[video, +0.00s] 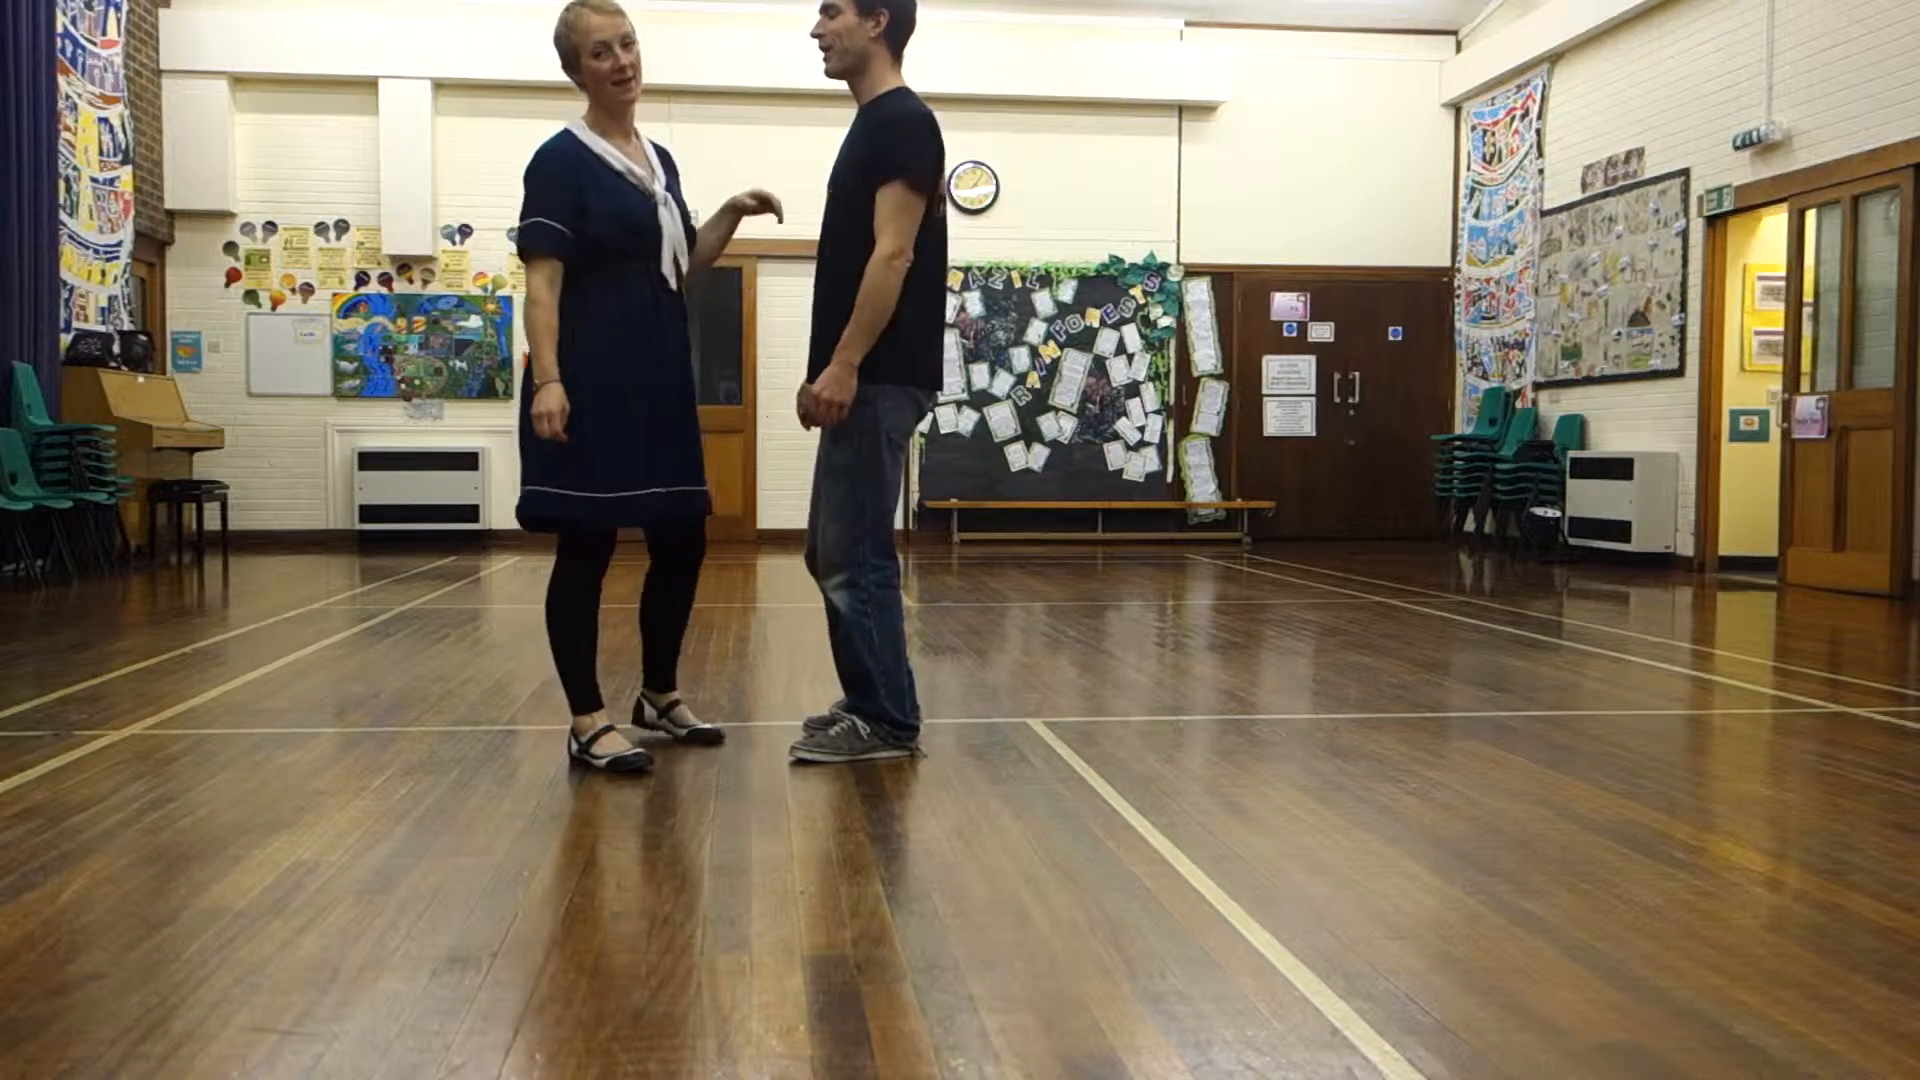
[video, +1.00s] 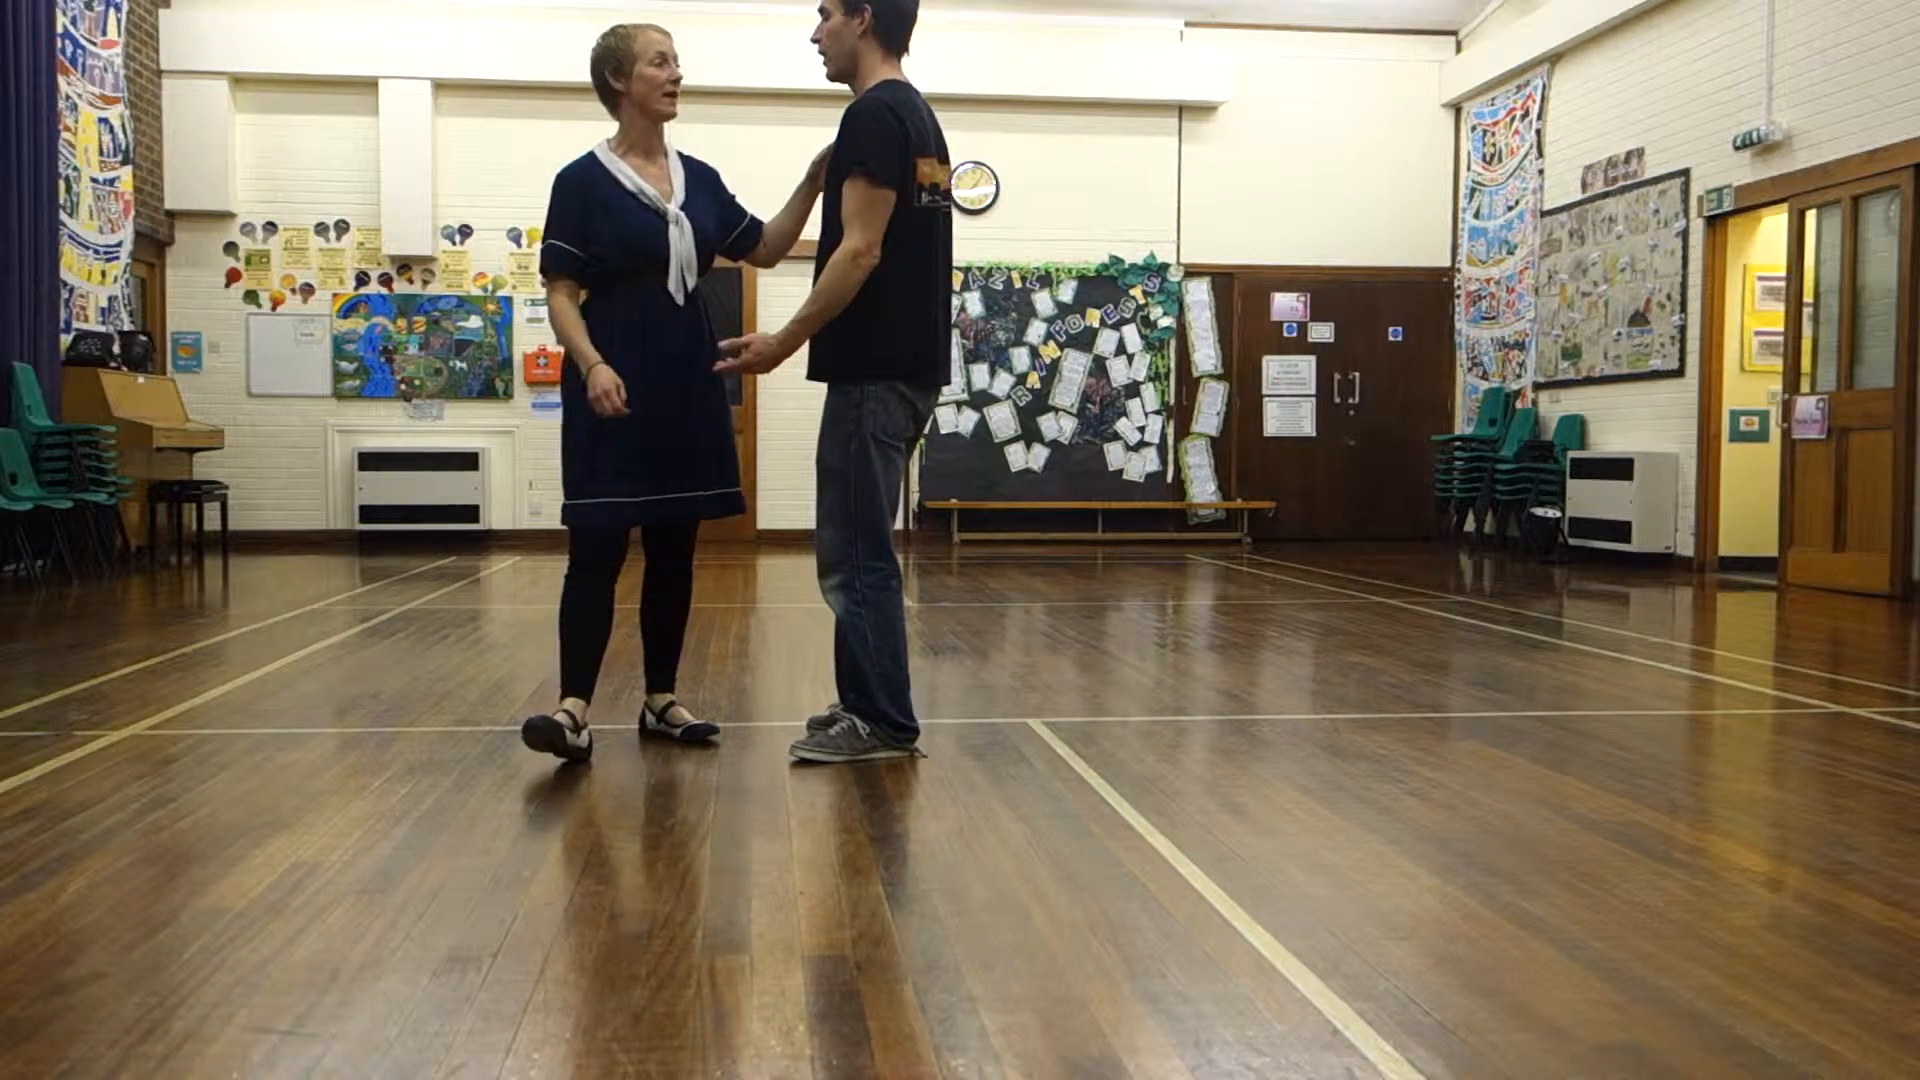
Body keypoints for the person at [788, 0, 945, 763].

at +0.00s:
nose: (818, 28)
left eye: (834, 13)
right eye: (820, 15)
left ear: (880, 23)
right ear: (869, 28)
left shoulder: (902, 120)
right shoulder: (874, 123)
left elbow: (894, 254)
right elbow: (856, 259)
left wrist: (843, 366)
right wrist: (826, 373)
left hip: (884, 375)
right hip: (864, 374)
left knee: (854, 552)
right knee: (833, 549)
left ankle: (887, 719)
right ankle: (870, 706)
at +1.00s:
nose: (816, 33)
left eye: (825, 18)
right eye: (819, 18)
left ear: (861, 22)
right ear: (872, 27)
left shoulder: (877, 112)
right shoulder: (910, 114)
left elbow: (860, 248)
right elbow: (888, 252)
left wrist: (784, 340)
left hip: (875, 371)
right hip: (895, 367)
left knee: (855, 555)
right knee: (857, 549)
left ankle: (884, 721)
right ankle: (868, 707)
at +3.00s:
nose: (855, 42)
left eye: (873, 27)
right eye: (848, 29)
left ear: (913, 45)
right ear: (845, 40)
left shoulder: (915, 127)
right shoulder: (885, 134)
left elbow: (894, 245)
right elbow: (872, 256)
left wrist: (796, 285)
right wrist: (799, 289)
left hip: (897, 378)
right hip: (883, 376)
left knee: (850, 553)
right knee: (887, 551)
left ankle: (855, 721)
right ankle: (916, 710)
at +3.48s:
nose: (831, 42)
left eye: (846, 29)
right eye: (832, 29)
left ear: (893, 45)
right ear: (872, 48)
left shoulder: (903, 125)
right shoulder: (880, 136)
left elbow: (915, 238)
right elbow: (882, 274)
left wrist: (812, 239)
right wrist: (794, 278)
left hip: (887, 377)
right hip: (883, 375)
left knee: (838, 552)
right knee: (881, 550)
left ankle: (855, 719)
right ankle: (915, 708)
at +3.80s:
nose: (847, 48)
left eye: (863, 36)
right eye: (845, 36)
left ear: (907, 52)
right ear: (849, 51)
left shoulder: (925, 131)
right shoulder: (874, 146)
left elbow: (942, 245)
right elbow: (874, 262)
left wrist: (846, 286)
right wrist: (819, 296)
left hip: (907, 376)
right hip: (881, 375)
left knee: (853, 549)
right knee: (879, 550)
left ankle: (881, 714)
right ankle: (915, 710)